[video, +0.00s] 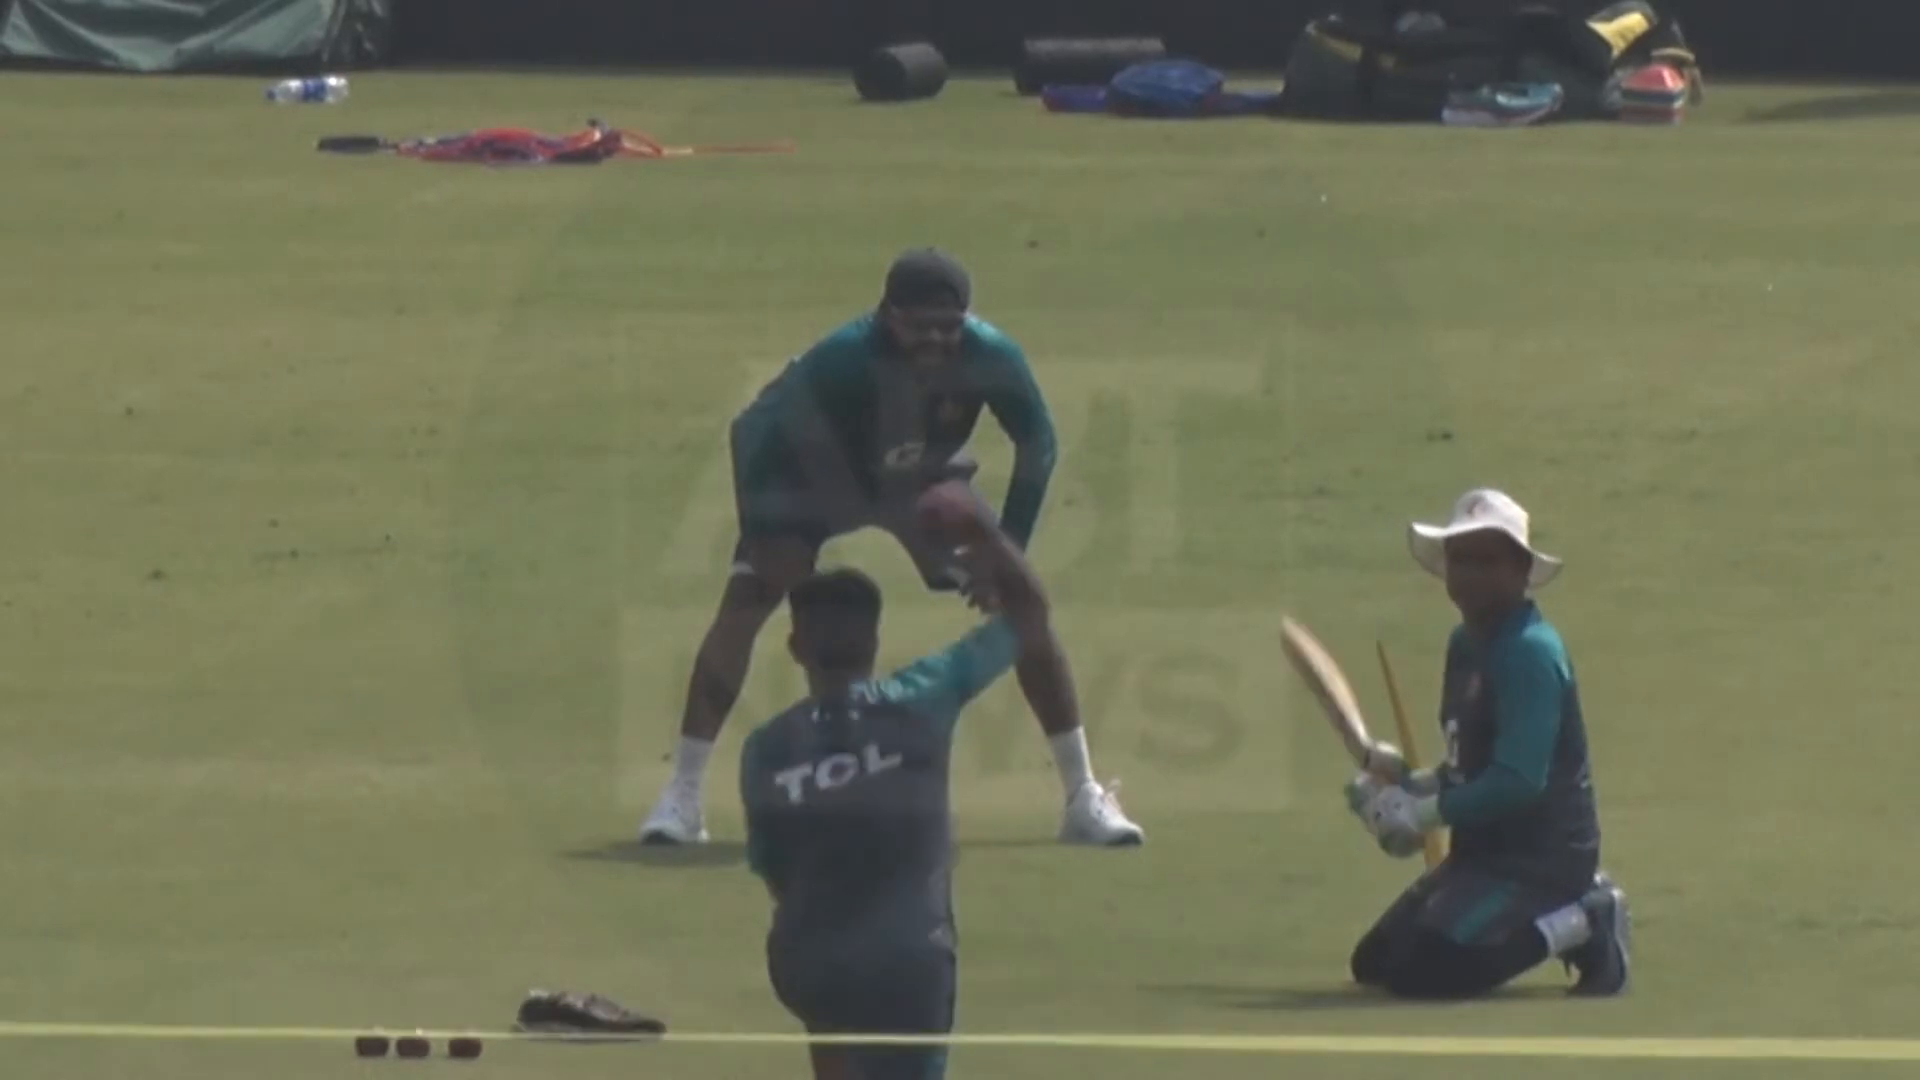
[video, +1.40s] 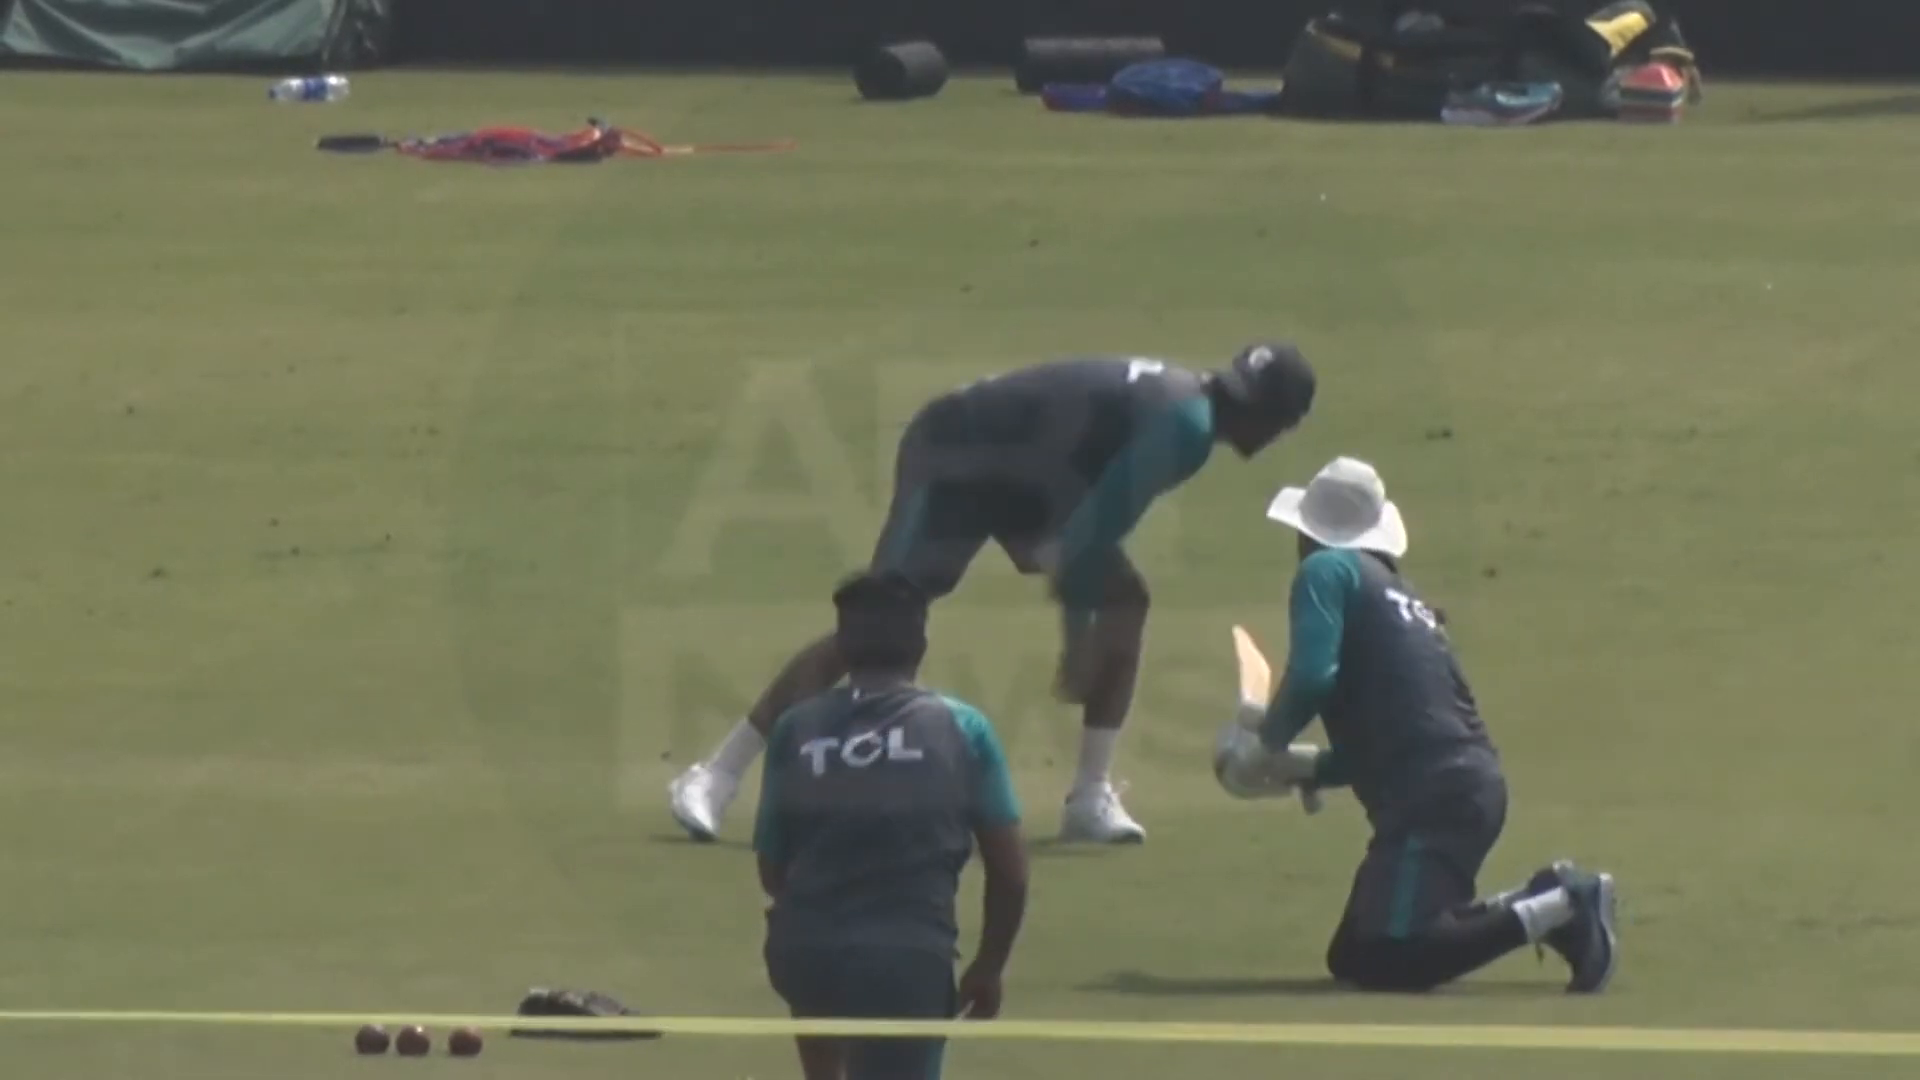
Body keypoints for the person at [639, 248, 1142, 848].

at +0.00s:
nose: (930, 342)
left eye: (943, 329)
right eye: (916, 328)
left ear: (962, 321)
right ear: (887, 317)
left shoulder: (993, 360)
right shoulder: (842, 359)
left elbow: (1037, 444)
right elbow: (753, 431)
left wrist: (1004, 553)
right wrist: (766, 538)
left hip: (922, 481)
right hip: (809, 478)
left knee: (1021, 606)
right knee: (746, 601)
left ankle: (1085, 794)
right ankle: (682, 796)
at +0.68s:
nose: (933, 323)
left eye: (946, 309)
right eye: (918, 310)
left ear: (961, 304)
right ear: (885, 302)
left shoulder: (983, 356)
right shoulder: (840, 352)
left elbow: (990, 462)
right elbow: (814, 475)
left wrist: (955, 518)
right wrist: (887, 522)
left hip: (934, 499)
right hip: (832, 494)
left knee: (1037, 608)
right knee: (747, 599)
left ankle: (1085, 795)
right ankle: (684, 794)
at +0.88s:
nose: (985, 367)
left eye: (997, 352)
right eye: (970, 351)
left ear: (1010, 351)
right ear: (935, 345)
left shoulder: (1022, 400)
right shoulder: (889, 385)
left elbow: (1052, 527)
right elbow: (880, 523)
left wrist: (1028, 532)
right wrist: (965, 529)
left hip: (950, 512)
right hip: (841, 503)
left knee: (1051, 607)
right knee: (753, 599)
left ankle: (1086, 796)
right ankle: (685, 795)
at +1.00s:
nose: (1082, 438)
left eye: (1090, 425)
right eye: (1071, 422)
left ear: (1097, 417)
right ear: (1032, 404)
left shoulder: (1091, 463)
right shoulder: (956, 428)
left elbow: (1140, 569)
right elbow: (907, 553)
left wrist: (1188, 652)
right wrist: (993, 588)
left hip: (976, 512)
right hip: (877, 490)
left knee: (1073, 604)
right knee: (779, 604)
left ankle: (1085, 799)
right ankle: (686, 795)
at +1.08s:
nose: (1156, 488)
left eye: (1161, 476)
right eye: (1148, 473)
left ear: (1150, 462)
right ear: (1108, 457)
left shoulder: (1132, 486)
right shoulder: (1020, 453)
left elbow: (1181, 586)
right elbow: (920, 544)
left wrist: (1246, 689)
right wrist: (971, 643)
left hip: (987, 508)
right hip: (895, 484)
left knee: (1095, 603)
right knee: (795, 620)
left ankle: (1088, 797)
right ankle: (686, 789)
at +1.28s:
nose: (1253, 497)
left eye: (1260, 486)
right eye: (1254, 483)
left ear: (1232, 447)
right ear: (1233, 460)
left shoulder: (1179, 465)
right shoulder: (1133, 460)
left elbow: (1172, 549)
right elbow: (1026, 565)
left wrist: (1188, 630)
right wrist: (998, 669)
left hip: (1017, 489)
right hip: (933, 468)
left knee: (1126, 601)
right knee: (843, 636)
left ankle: (1091, 797)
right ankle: (696, 786)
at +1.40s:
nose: (1276, 437)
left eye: (1283, 425)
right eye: (1282, 425)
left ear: (1242, 383)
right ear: (1263, 414)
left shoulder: (1189, 406)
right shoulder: (1178, 424)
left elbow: (1098, 498)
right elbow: (1089, 533)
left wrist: (1073, 558)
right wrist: (1078, 643)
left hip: (1030, 478)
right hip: (951, 455)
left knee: (1126, 603)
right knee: (876, 630)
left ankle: (1089, 798)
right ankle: (716, 776)